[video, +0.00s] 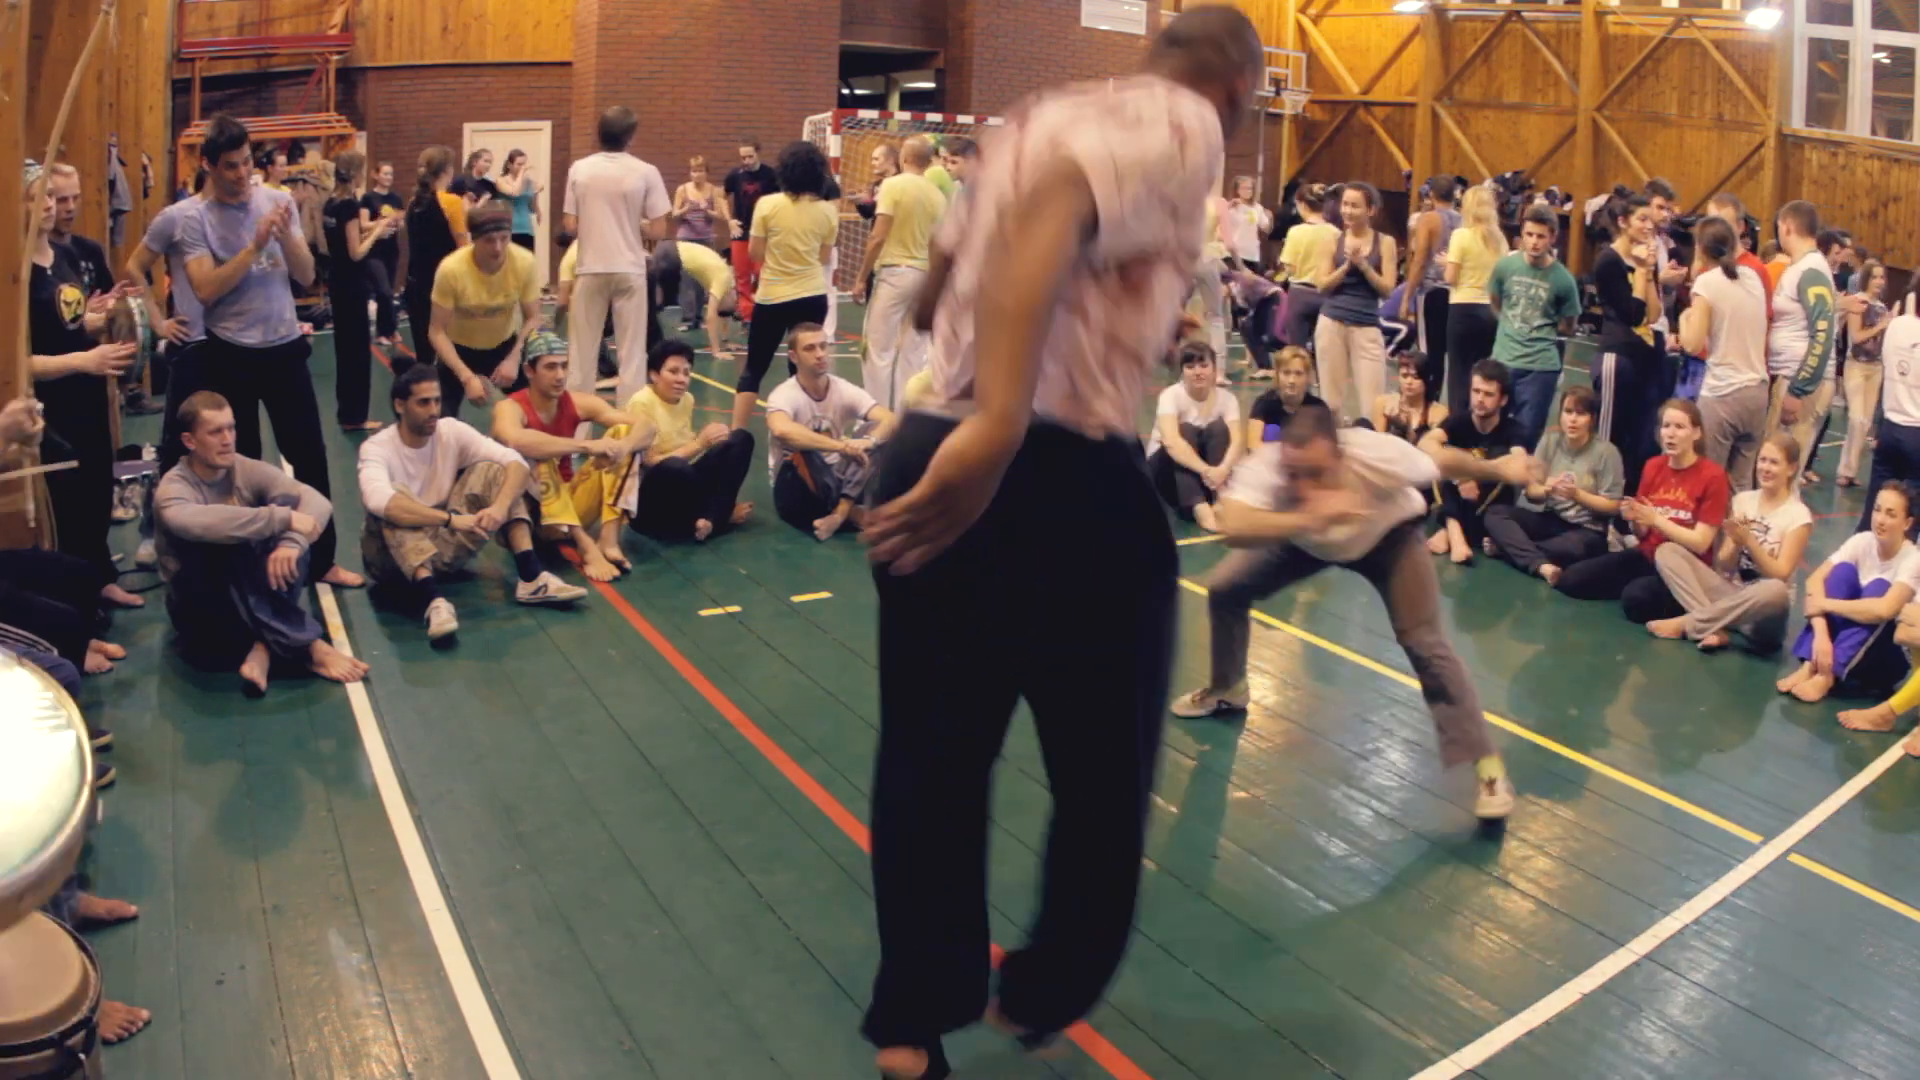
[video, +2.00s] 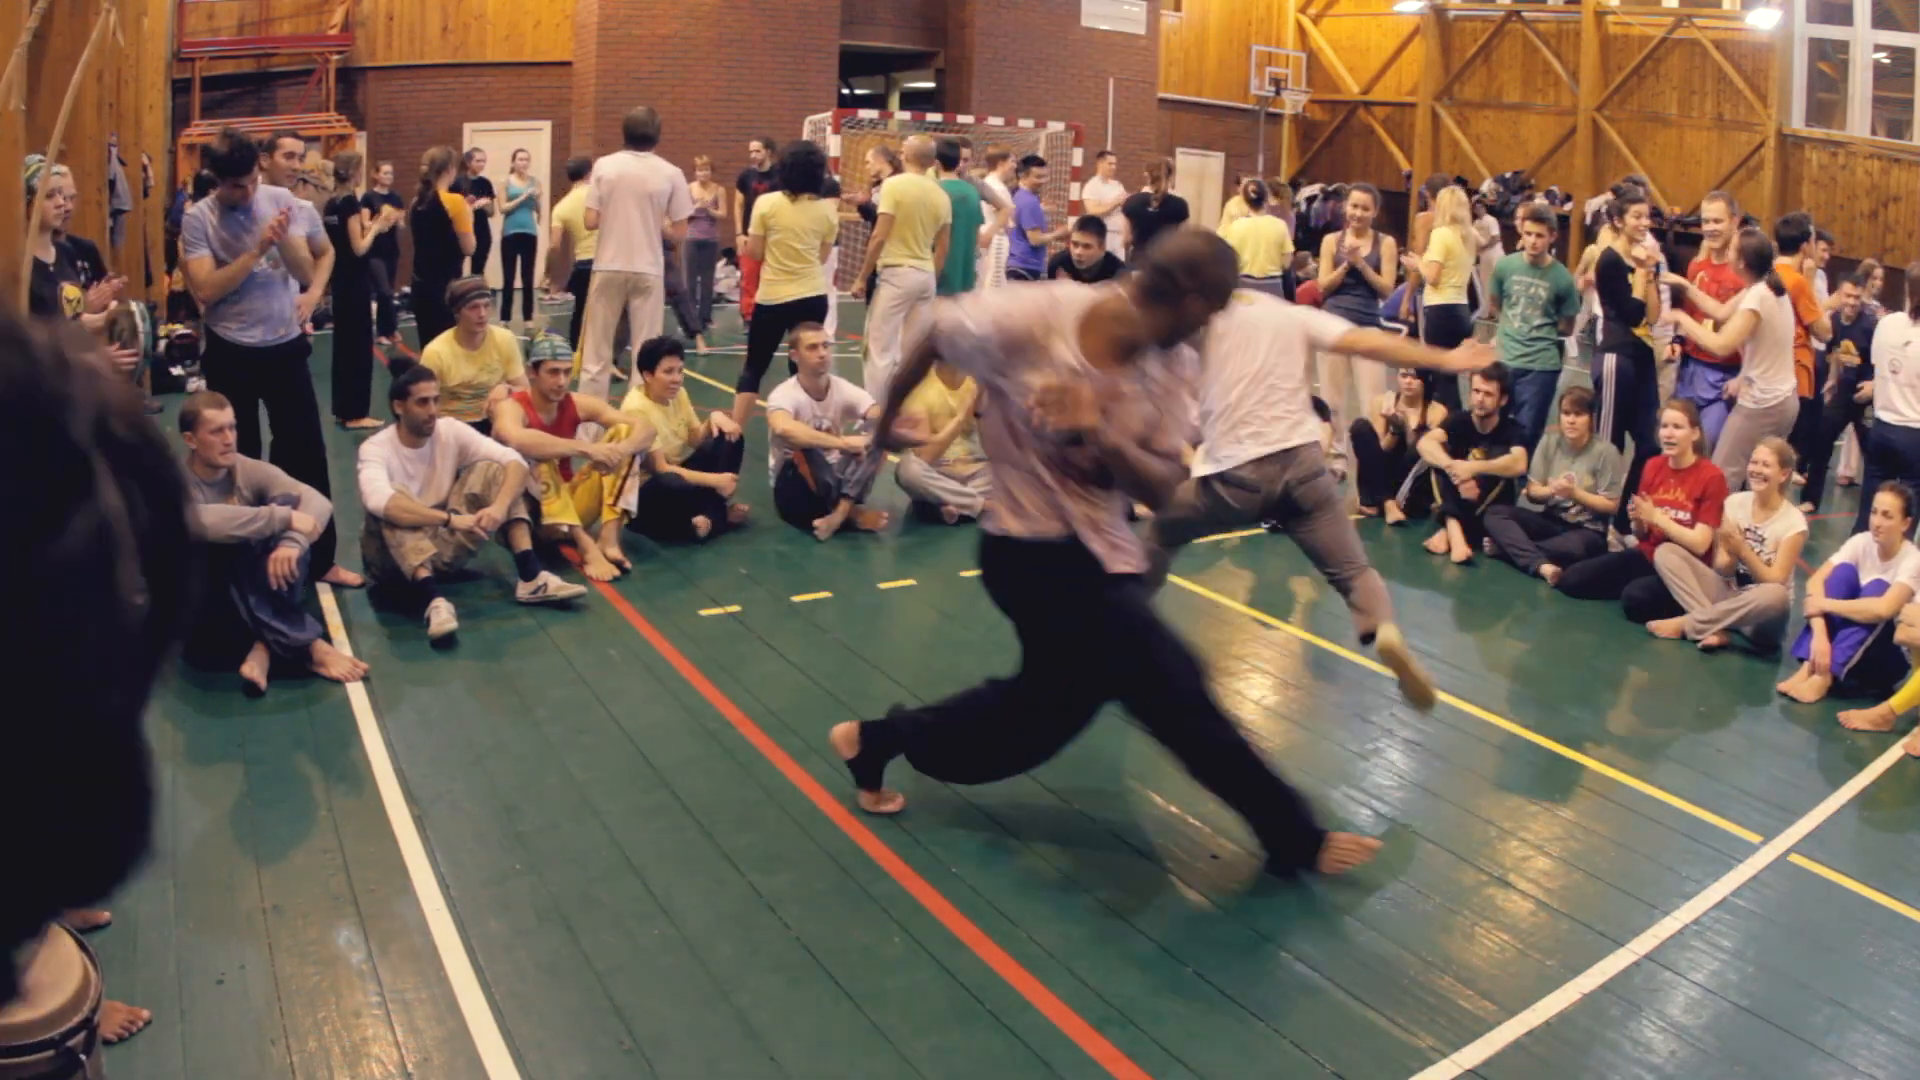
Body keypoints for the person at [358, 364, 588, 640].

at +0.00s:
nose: (434, 410)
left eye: (437, 401)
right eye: (424, 403)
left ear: (442, 401)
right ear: (399, 405)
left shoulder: (451, 431)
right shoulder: (376, 449)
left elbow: (516, 464)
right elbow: (379, 502)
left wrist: (500, 509)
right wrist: (450, 519)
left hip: (449, 547)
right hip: (398, 554)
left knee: (491, 470)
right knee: (396, 498)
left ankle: (532, 577)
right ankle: (434, 602)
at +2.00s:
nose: (432, 410)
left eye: (436, 401)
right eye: (422, 403)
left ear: (440, 400)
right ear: (398, 407)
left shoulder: (450, 430)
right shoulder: (375, 449)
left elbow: (516, 463)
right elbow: (380, 502)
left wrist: (500, 508)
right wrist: (449, 519)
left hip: (449, 546)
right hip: (398, 552)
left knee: (493, 470)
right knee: (395, 499)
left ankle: (531, 576)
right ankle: (434, 601)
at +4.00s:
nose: (434, 412)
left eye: (436, 403)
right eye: (424, 405)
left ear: (440, 401)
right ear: (398, 407)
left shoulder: (450, 430)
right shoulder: (375, 449)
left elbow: (516, 463)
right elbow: (380, 502)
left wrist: (500, 508)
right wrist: (449, 519)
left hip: (450, 544)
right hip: (400, 550)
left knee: (492, 469)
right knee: (395, 501)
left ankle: (532, 577)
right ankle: (435, 601)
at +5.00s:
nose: (433, 413)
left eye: (436, 403)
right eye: (423, 405)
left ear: (441, 402)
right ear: (398, 408)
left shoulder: (451, 431)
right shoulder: (376, 449)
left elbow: (516, 463)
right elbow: (378, 502)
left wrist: (500, 507)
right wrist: (450, 518)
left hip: (450, 545)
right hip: (399, 552)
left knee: (493, 470)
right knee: (396, 502)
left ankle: (531, 576)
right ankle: (434, 600)